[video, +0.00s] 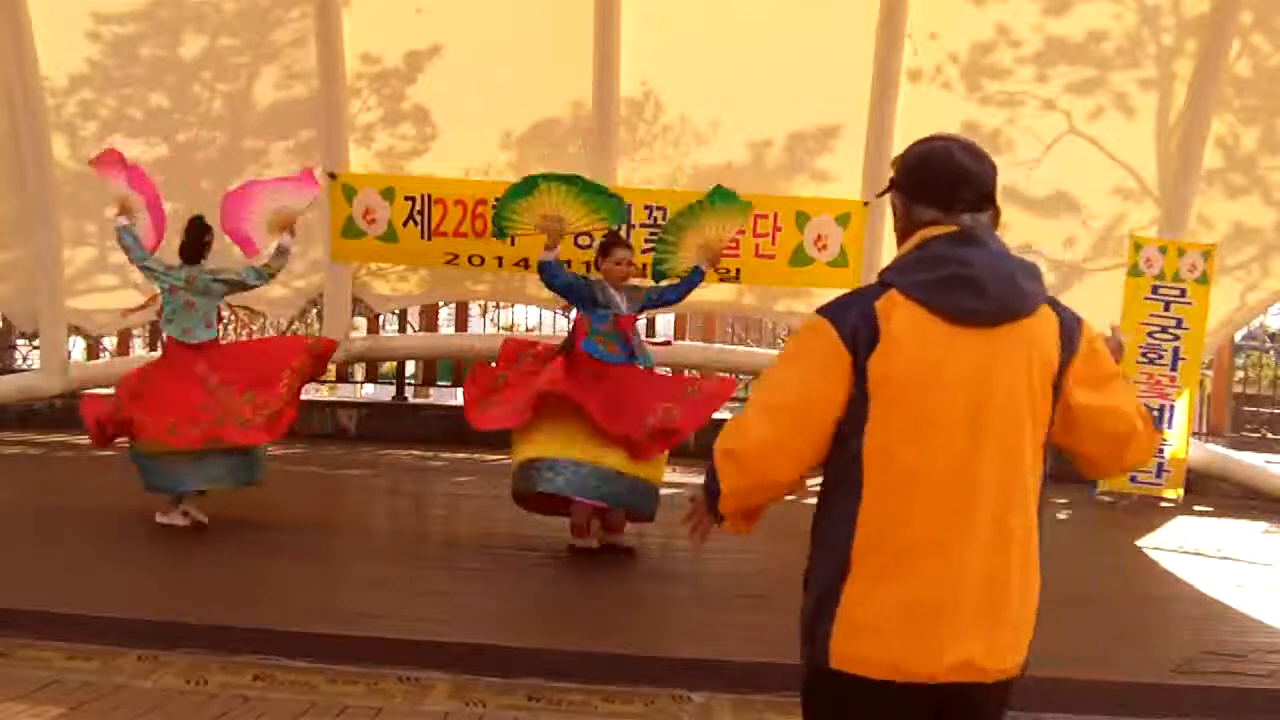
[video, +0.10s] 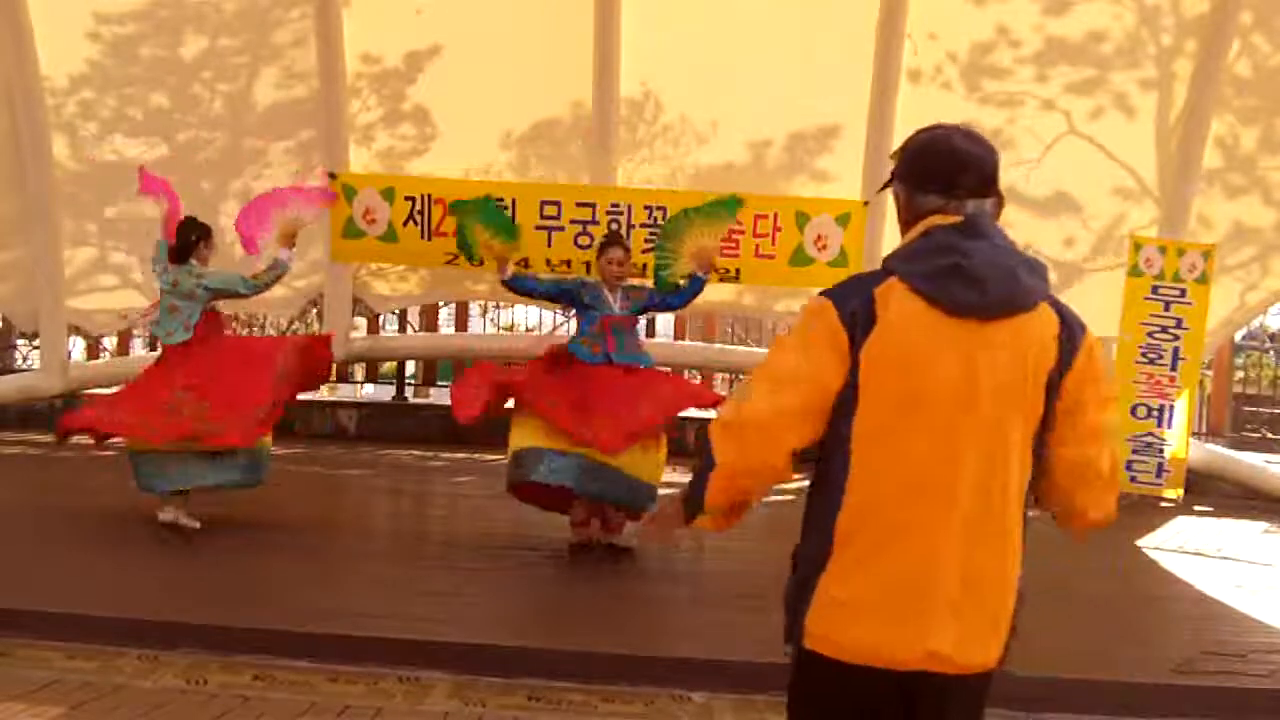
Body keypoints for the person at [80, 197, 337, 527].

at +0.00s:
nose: (207, 247)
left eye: (197, 238)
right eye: (209, 242)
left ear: (182, 244)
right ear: (208, 248)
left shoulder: (168, 276)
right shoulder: (216, 282)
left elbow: (137, 256)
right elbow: (260, 275)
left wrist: (123, 222)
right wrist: (286, 240)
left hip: (173, 361)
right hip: (207, 362)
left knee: (172, 429)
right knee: (199, 429)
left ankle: (175, 506)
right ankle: (189, 502)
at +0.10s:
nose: (212, 251)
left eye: (210, 245)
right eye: (210, 246)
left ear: (179, 244)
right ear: (201, 247)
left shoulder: (168, 274)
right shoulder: (202, 281)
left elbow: (163, 250)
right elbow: (254, 285)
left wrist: (168, 221)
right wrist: (286, 251)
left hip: (171, 362)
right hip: (199, 366)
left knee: (177, 431)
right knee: (195, 432)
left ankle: (172, 502)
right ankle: (175, 504)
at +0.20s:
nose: (215, 249)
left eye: (214, 243)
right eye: (211, 243)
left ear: (190, 246)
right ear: (196, 246)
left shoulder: (186, 276)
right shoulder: (185, 277)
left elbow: (216, 288)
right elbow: (217, 290)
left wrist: (237, 264)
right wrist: (239, 265)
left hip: (189, 362)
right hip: (188, 363)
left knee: (189, 432)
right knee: (193, 433)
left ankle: (177, 503)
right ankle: (175, 505)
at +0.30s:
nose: (212, 244)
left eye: (210, 236)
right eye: (206, 237)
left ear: (191, 241)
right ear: (192, 241)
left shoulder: (200, 276)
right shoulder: (186, 276)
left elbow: (233, 283)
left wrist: (269, 271)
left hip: (196, 362)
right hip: (186, 363)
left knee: (184, 432)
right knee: (185, 432)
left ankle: (173, 505)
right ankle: (169, 506)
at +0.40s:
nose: (214, 253)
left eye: (215, 247)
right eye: (208, 247)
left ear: (211, 250)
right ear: (188, 250)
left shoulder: (215, 286)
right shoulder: (179, 280)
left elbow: (255, 298)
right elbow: (148, 291)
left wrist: (298, 294)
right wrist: (150, 251)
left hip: (201, 365)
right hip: (177, 365)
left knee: (190, 430)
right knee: (176, 429)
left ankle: (168, 499)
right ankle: (154, 494)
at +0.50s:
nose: (212, 255)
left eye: (214, 249)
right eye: (205, 249)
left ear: (216, 253)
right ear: (187, 252)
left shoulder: (221, 291)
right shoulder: (174, 284)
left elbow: (251, 316)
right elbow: (139, 296)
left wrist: (284, 317)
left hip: (201, 368)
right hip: (170, 365)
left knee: (188, 431)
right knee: (162, 428)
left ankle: (175, 502)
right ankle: (151, 492)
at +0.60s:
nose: (208, 255)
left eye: (212, 249)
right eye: (201, 249)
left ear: (217, 253)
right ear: (187, 253)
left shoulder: (223, 294)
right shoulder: (172, 285)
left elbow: (241, 329)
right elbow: (136, 301)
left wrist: (255, 350)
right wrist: (109, 323)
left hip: (200, 363)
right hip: (167, 361)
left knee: (193, 428)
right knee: (162, 423)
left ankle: (173, 502)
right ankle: (158, 496)